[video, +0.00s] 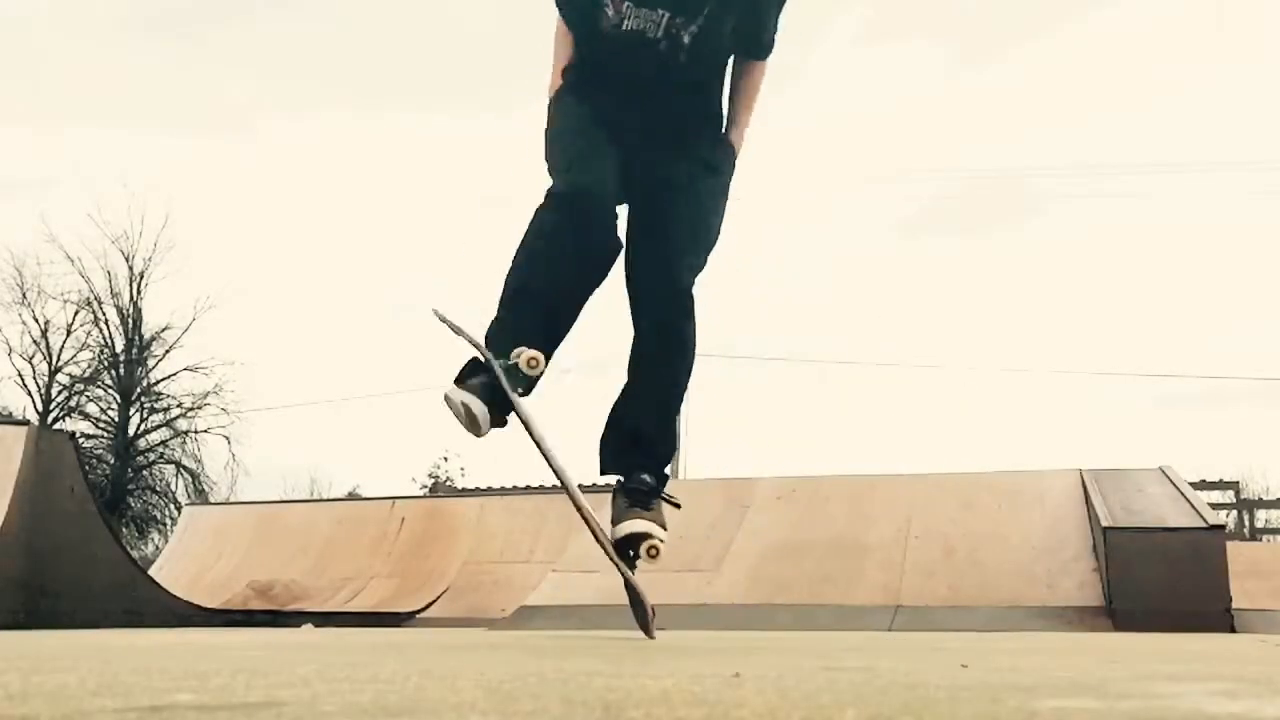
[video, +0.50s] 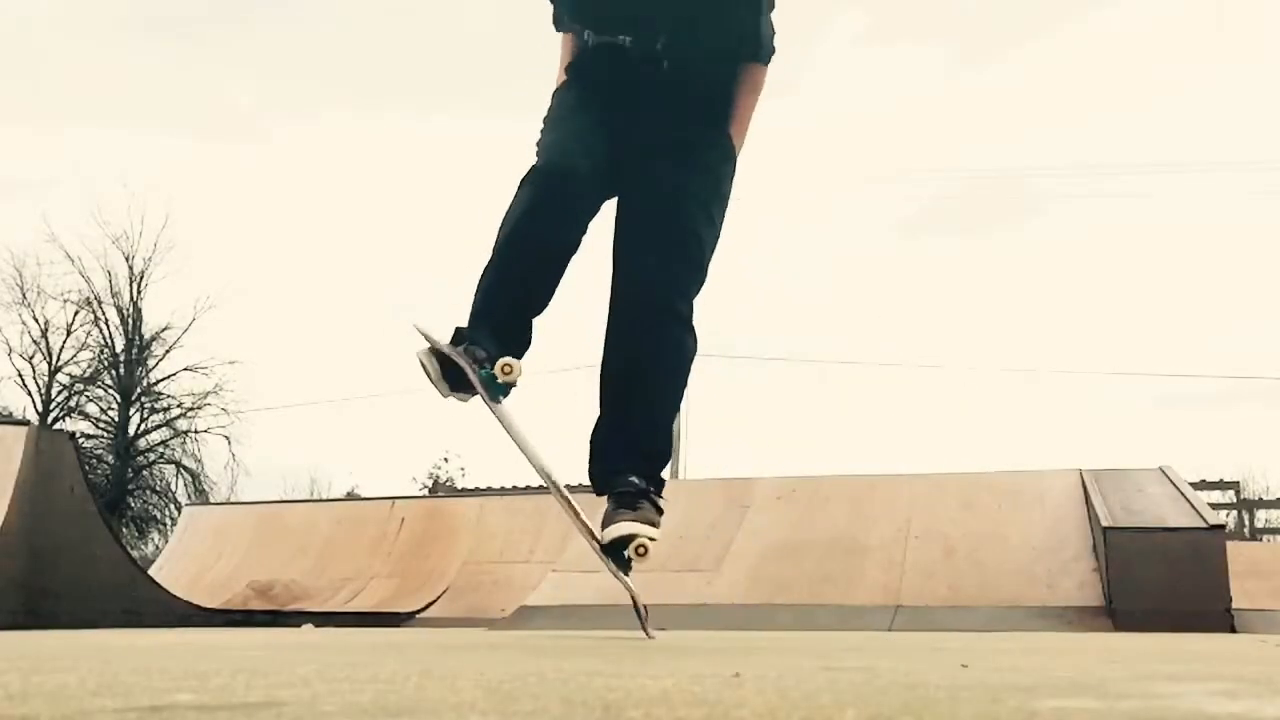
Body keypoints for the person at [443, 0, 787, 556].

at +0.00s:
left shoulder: (755, 6)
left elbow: (753, 49)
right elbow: (572, 16)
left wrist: (734, 137)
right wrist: (559, 90)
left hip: (688, 107)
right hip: (595, 89)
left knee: (666, 293)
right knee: (583, 208)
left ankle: (641, 481)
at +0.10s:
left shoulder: (774, 6)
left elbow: (769, 48)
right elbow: (584, 17)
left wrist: (731, 137)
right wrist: (565, 84)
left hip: (697, 98)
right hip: (601, 74)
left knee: (657, 290)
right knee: (558, 172)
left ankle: (630, 480)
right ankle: (464, 335)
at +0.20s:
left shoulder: (766, 11)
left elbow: (773, 63)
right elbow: (590, 28)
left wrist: (729, 153)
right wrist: (564, 94)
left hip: (696, 116)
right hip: (603, 85)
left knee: (655, 291)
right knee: (545, 182)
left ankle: (630, 482)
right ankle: (465, 346)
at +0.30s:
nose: (638, 13)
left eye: (646, 12)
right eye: (629, 13)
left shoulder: (755, 13)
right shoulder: (597, 5)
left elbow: (768, 66)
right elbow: (584, 36)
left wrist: (729, 157)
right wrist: (568, 99)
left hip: (695, 108)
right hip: (602, 86)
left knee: (654, 287)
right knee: (551, 190)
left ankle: (630, 483)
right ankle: (473, 353)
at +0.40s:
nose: (624, 18)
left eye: (630, 12)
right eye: (615, 13)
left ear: (657, 0)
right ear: (602, 5)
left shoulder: (746, 11)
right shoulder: (586, 6)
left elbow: (764, 60)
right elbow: (579, 38)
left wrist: (731, 152)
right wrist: (566, 106)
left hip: (696, 108)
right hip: (601, 86)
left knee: (659, 294)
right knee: (556, 185)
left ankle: (633, 487)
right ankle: (477, 345)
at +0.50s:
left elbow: (756, 43)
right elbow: (571, 22)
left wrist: (731, 141)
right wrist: (567, 86)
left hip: (698, 83)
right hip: (603, 66)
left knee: (659, 292)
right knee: (559, 179)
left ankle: (633, 481)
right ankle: (488, 345)